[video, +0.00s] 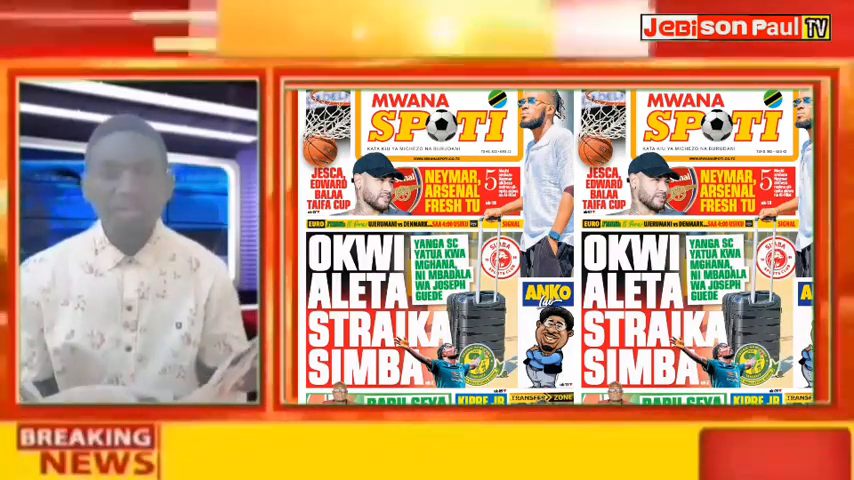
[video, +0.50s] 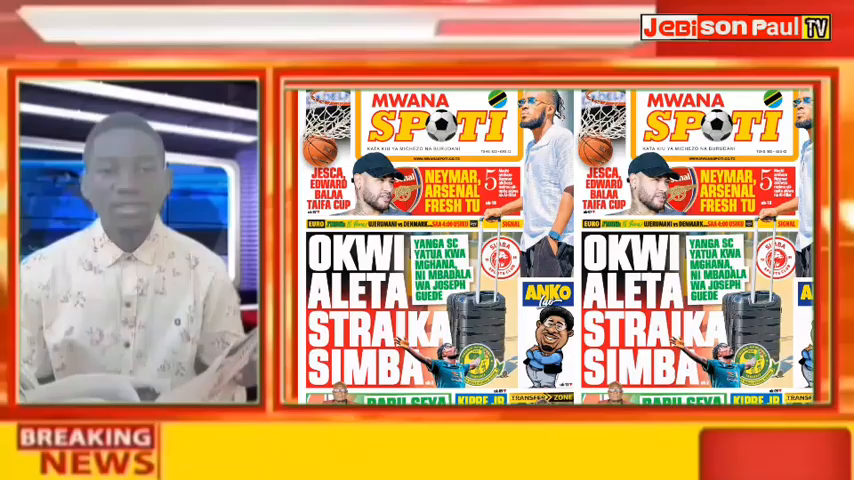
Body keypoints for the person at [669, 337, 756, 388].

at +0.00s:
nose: (729, 348)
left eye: (729, 347)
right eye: (725, 347)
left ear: (731, 351)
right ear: (718, 353)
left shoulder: (737, 366)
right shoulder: (714, 364)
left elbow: (750, 365)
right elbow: (698, 359)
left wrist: (754, 359)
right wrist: (684, 348)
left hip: (737, 401)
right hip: (720, 402)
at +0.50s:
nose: (729, 348)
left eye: (729, 347)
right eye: (724, 347)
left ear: (731, 351)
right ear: (718, 353)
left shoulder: (737, 366)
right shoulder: (714, 364)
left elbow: (749, 365)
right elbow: (698, 359)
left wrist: (754, 359)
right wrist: (684, 348)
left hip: (736, 401)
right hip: (720, 401)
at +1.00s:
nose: (728, 349)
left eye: (729, 347)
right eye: (724, 347)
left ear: (731, 351)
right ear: (718, 353)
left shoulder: (737, 366)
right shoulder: (714, 364)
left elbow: (750, 365)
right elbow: (698, 359)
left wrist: (754, 359)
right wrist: (684, 348)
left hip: (736, 401)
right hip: (720, 401)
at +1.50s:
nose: (729, 348)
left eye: (729, 347)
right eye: (724, 347)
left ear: (731, 351)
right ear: (718, 353)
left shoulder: (737, 366)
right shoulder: (714, 364)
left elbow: (749, 365)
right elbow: (698, 359)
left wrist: (754, 359)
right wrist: (684, 348)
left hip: (736, 401)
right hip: (720, 401)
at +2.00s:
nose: (728, 349)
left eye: (729, 347)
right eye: (724, 347)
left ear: (731, 351)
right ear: (718, 353)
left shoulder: (737, 366)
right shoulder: (714, 364)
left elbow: (750, 365)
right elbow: (698, 359)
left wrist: (754, 359)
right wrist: (684, 348)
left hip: (737, 401)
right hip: (720, 401)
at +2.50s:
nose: (729, 348)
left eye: (729, 347)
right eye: (724, 347)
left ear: (731, 351)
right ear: (718, 353)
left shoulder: (737, 366)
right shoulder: (714, 364)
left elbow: (749, 365)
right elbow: (698, 359)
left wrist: (754, 359)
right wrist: (684, 348)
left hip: (736, 401)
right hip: (720, 401)